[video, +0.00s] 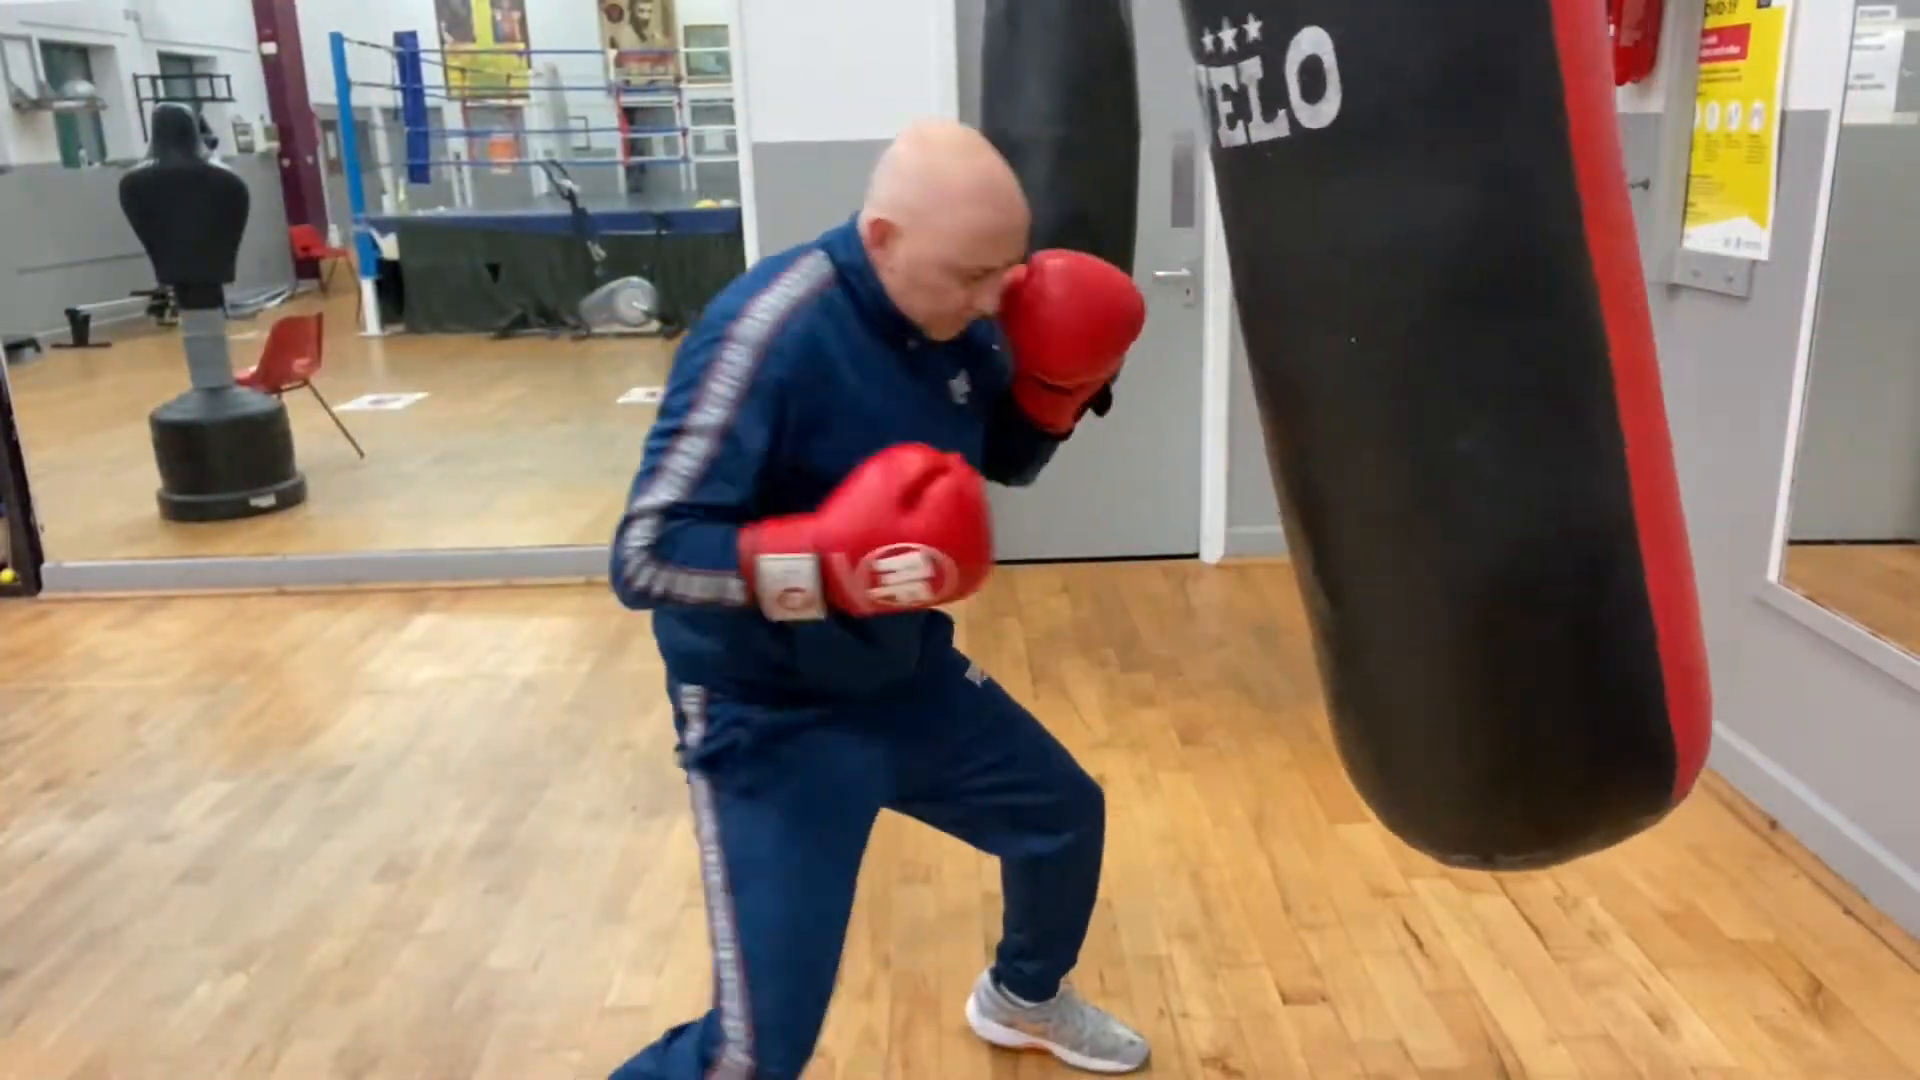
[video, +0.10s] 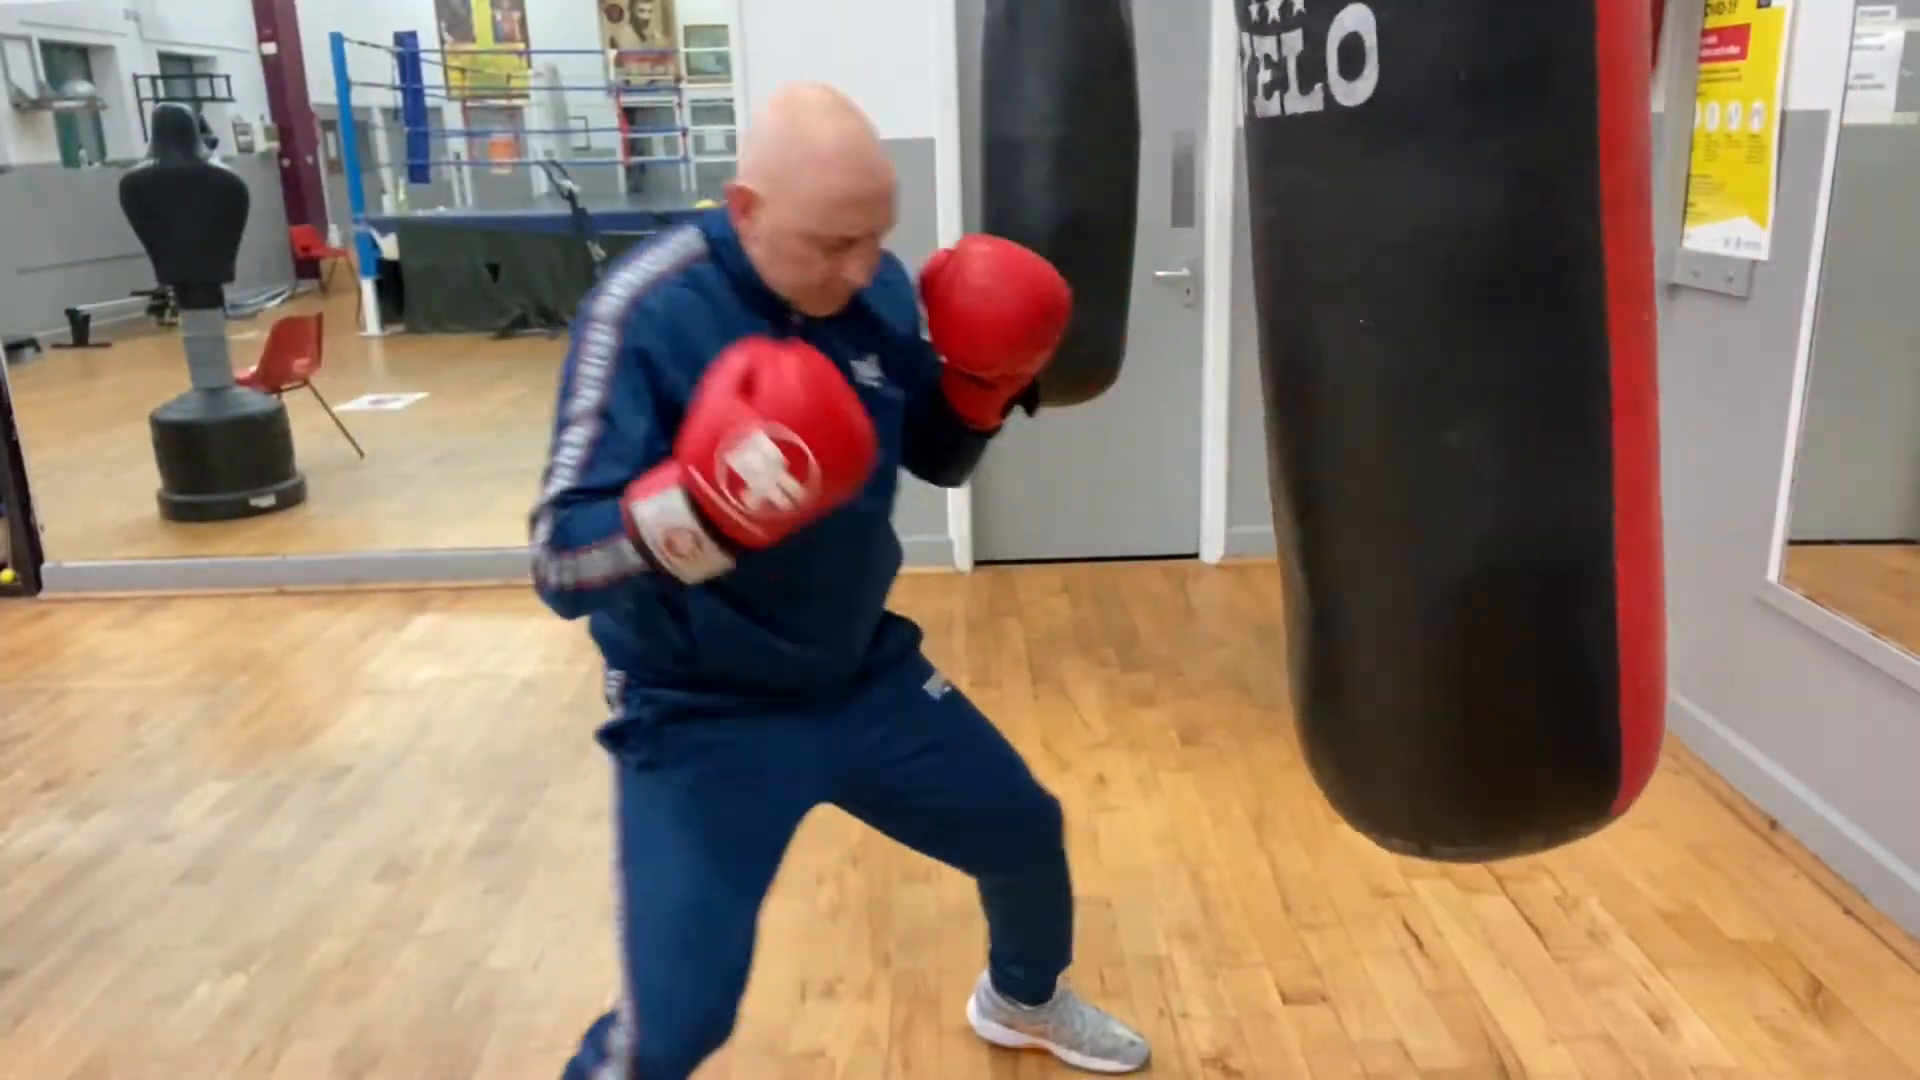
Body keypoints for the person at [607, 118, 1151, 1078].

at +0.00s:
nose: (995, 299)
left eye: (1004, 274)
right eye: (974, 279)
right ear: (885, 239)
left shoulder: (955, 315)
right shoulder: (763, 329)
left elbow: (1006, 458)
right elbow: (646, 555)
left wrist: (1059, 384)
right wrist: (823, 567)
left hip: (904, 678)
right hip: (766, 716)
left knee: (1062, 816)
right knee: (756, 1052)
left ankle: (1024, 997)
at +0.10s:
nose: (859, 271)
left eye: (875, 242)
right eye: (831, 248)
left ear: (886, 205)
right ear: (745, 209)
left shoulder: (880, 287)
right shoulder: (642, 311)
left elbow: (936, 459)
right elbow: (563, 564)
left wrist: (983, 385)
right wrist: (706, 507)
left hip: (862, 680)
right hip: (701, 718)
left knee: (1025, 831)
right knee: (676, 1028)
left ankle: (1023, 1000)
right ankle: (604, 1065)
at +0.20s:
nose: (733, 194)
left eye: (749, 163)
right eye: (703, 167)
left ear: (763, 134)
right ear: (608, 129)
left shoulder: (771, 231)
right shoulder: (502, 248)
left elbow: (849, 409)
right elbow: (467, 510)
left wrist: (891, 319)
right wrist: (590, 365)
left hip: (775, 663)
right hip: (602, 693)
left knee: (922, 849)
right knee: (596, 994)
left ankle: (997, 999)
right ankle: (542, 1057)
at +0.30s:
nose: (636, 112)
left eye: (660, 80)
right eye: (603, 83)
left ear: (679, 54)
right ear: (504, 44)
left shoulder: (699, 158)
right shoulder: (406, 167)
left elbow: (800, 352)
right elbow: (369, 421)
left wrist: (824, 247)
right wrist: (485, 243)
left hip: (700, 606)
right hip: (518, 636)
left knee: (822, 819)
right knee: (520, 946)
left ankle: (810, 1007)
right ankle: (505, 1068)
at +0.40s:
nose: (558, 94)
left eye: (580, 56)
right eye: (521, 59)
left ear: (604, 34)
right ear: (428, 27)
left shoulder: (631, 142)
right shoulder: (329, 148)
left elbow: (746, 346)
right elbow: (290, 410)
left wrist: (753, 234)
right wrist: (404, 239)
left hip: (627, 598)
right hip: (441, 611)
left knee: (725, 841)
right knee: (417, 921)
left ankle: (690, 1022)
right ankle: (387, 1012)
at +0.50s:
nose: (481, 129)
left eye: (505, 93)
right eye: (446, 96)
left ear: (526, 70)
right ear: (357, 63)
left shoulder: (554, 180)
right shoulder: (261, 198)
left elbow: (674, 401)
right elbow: (227, 463)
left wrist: (654, 276)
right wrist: (338, 303)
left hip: (574, 649)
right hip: (376, 670)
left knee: (683, 881)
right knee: (299, 969)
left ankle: (676, 1050)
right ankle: (227, 1044)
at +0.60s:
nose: (403, 153)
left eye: (422, 118)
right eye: (369, 120)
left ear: (440, 95)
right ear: (266, 86)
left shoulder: (447, 207)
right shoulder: (153, 220)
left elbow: (564, 440)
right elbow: (145, 491)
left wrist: (545, 308)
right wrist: (276, 339)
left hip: (484, 677)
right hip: (278, 708)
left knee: (640, 900)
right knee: (189, 1015)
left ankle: (674, 1049)